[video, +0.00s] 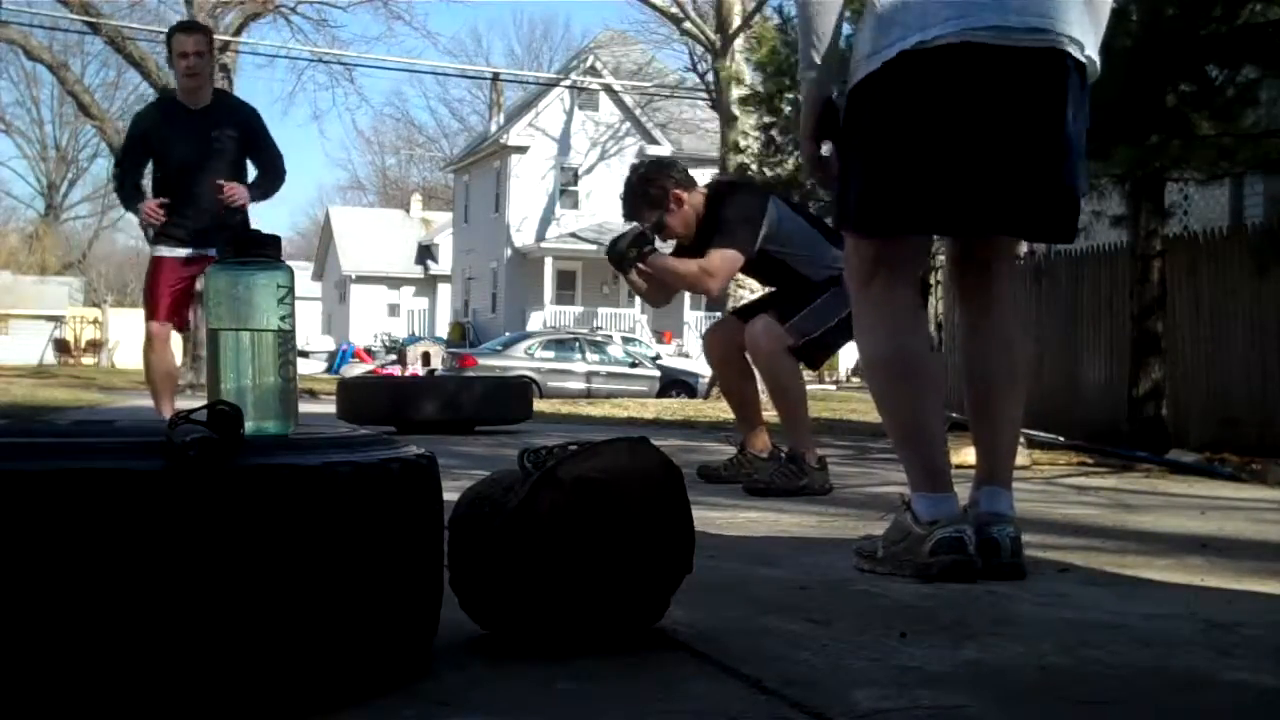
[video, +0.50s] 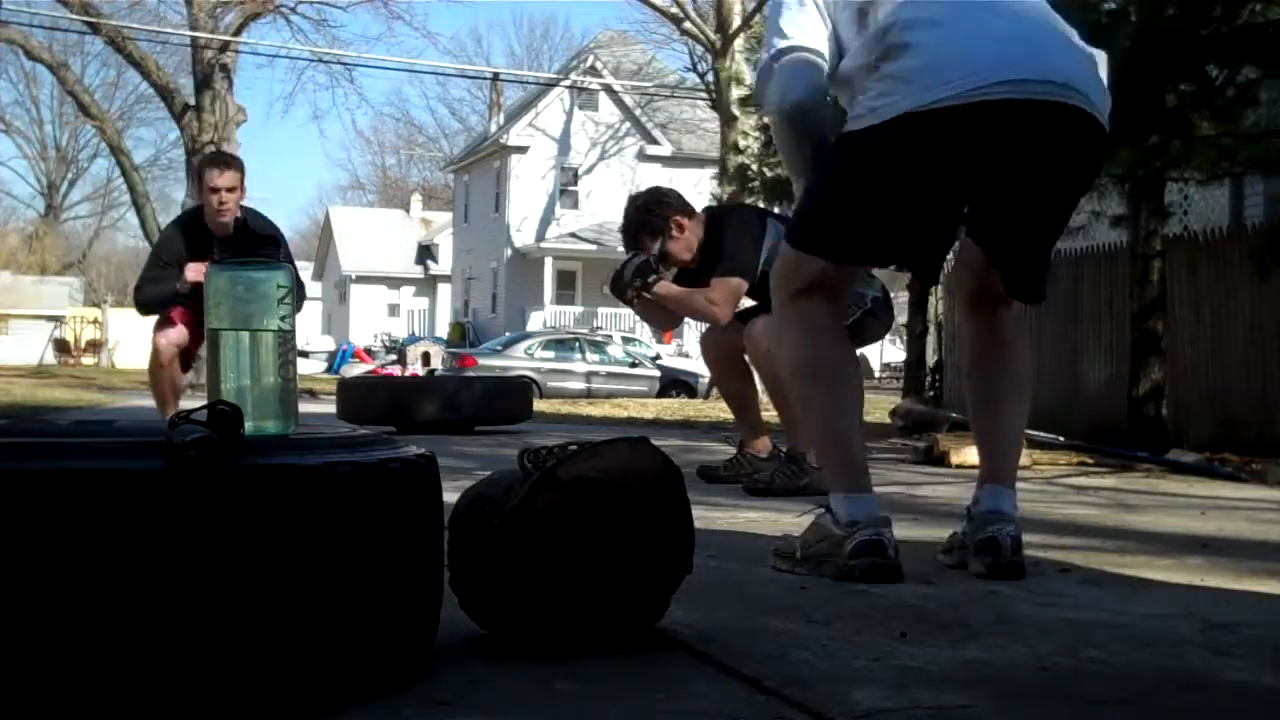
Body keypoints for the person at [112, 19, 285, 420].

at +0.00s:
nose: (191, 63)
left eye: (199, 55)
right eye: (182, 56)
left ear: (212, 58)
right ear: (171, 61)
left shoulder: (240, 114)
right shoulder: (152, 118)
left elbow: (275, 170)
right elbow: (125, 174)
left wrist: (251, 191)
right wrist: (138, 204)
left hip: (228, 241)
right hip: (173, 241)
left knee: (233, 331)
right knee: (157, 330)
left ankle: (232, 419)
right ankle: (169, 420)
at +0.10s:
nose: (201, 98)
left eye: (208, 90)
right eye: (192, 90)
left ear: (220, 93)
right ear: (179, 94)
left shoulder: (244, 144)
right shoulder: (160, 146)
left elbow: (284, 206)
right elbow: (124, 206)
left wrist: (254, 199)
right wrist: (145, 212)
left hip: (232, 260)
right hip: (178, 260)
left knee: (240, 337)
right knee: (160, 332)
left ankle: (238, 422)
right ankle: (170, 422)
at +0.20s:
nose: (208, 135)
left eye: (216, 127)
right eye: (199, 127)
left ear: (227, 129)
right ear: (186, 130)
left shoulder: (251, 176)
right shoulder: (167, 177)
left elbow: (291, 239)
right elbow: (128, 239)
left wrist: (257, 222)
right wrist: (156, 232)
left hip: (240, 277)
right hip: (183, 277)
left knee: (254, 336)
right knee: (162, 333)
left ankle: (246, 422)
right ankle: (170, 424)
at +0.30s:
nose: (214, 168)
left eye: (223, 159)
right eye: (206, 160)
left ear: (234, 161)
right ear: (193, 162)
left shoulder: (255, 202)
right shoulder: (173, 204)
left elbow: (292, 261)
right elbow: (135, 271)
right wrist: (168, 255)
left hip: (243, 283)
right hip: (187, 285)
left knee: (260, 334)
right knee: (162, 335)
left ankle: (252, 421)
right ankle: (170, 424)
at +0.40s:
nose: (219, 189)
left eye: (227, 180)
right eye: (211, 181)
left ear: (239, 181)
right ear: (198, 181)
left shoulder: (260, 220)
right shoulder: (178, 221)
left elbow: (294, 283)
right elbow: (140, 288)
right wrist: (177, 273)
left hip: (248, 295)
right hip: (194, 297)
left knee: (267, 337)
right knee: (163, 338)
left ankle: (258, 422)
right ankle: (172, 425)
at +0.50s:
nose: (223, 199)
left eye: (231, 191)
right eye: (214, 191)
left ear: (242, 192)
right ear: (201, 192)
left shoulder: (264, 231)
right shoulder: (180, 232)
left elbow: (295, 294)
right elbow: (144, 300)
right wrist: (180, 283)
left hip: (249, 306)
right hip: (196, 309)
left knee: (272, 339)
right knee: (165, 342)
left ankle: (260, 423)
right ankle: (173, 425)